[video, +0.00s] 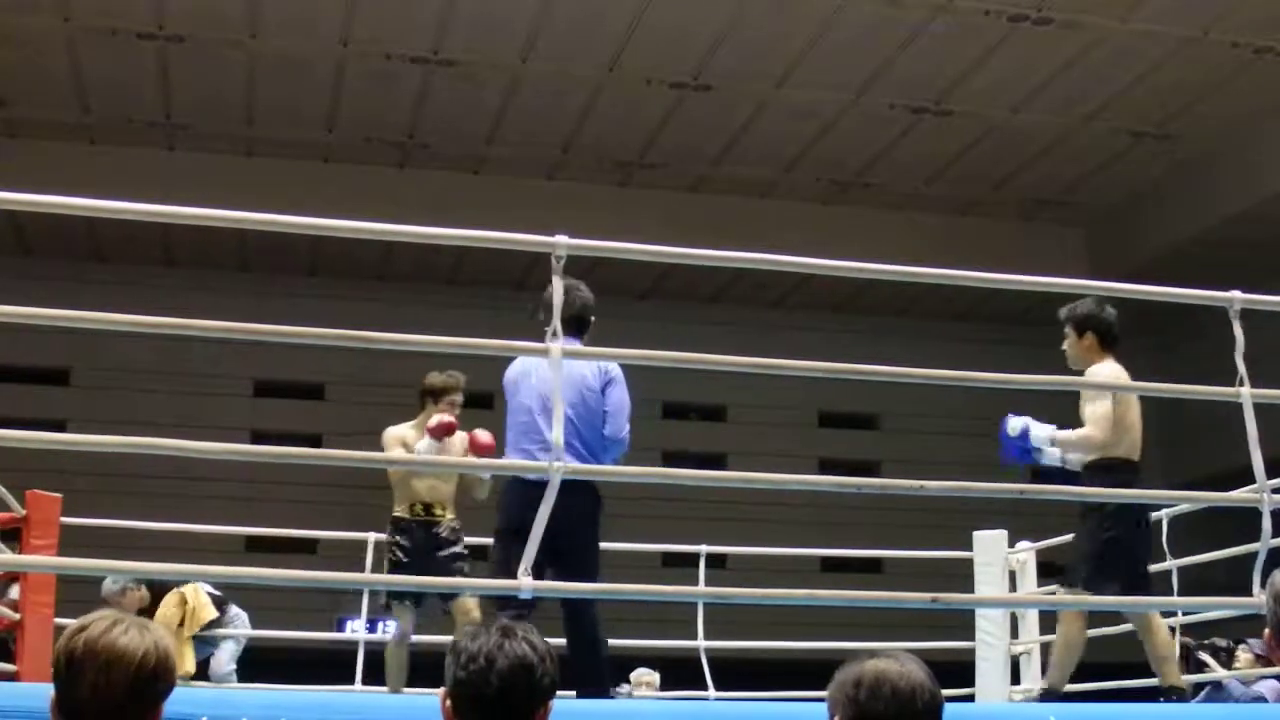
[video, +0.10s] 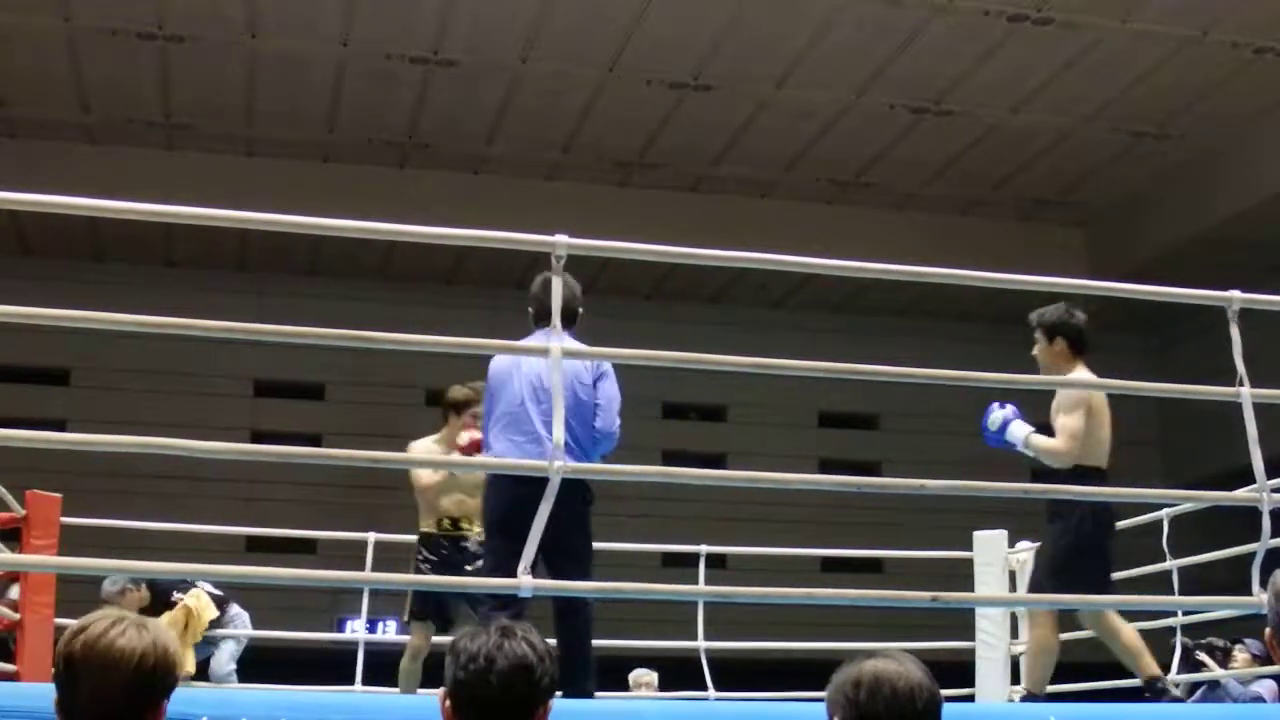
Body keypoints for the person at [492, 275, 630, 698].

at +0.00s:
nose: (539, 318)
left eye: (542, 312)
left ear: (542, 318)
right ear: (588, 323)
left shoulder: (517, 369)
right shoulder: (606, 370)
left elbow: (517, 422)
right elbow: (616, 434)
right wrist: (596, 465)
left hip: (521, 491)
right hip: (578, 494)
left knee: (511, 593)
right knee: (579, 596)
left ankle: (503, 697)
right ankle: (594, 696)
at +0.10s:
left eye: (531, 305)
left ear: (531, 310)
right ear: (577, 312)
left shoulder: (502, 361)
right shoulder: (595, 361)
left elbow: (489, 425)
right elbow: (607, 426)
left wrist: (512, 457)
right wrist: (584, 458)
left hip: (506, 487)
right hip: (567, 490)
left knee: (501, 588)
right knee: (572, 591)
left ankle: (494, 692)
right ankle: (578, 695)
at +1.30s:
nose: (410, 230)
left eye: (412, 221)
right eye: (408, 220)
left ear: (358, 215)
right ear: (389, 213)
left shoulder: (304, 266)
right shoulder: (389, 254)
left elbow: (295, 346)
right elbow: (375, 319)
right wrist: (398, 370)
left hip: (300, 412)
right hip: (356, 410)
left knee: (303, 545)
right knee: (391, 547)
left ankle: (300, 681)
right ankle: (377, 681)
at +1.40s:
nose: (393, 225)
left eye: (395, 217)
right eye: (392, 216)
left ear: (339, 208)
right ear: (371, 206)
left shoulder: (285, 267)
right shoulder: (367, 246)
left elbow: (267, 362)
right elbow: (347, 308)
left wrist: (256, 447)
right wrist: (376, 360)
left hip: (281, 409)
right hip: (329, 402)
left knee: (295, 536)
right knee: (362, 537)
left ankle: (290, 659)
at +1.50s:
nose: (372, 221)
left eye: (375, 212)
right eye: (371, 211)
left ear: (325, 204)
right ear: (350, 201)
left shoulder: (275, 257)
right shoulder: (336, 238)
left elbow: (239, 338)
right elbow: (326, 308)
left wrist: (215, 410)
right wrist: (372, 348)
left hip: (259, 404)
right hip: (301, 397)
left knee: (289, 537)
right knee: (322, 535)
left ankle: (296, 671)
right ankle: (212, 638)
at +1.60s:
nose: (346, 218)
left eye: (348, 208)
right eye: (344, 206)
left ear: (298, 200)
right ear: (324, 197)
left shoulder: (256, 248)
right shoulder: (309, 237)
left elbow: (217, 331)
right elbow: (307, 311)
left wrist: (204, 401)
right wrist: (352, 330)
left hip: (241, 394)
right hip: (272, 394)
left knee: (275, 529)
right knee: (279, 529)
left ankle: (294, 669)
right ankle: (171, 628)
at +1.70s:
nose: (319, 210)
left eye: (320, 201)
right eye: (317, 199)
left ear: (276, 194)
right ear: (296, 192)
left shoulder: (238, 238)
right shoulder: (277, 233)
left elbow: (216, 340)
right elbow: (286, 316)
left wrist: (201, 428)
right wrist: (335, 322)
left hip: (221, 390)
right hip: (241, 387)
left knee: (265, 531)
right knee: (211, 526)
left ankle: (292, 668)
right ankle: (138, 649)